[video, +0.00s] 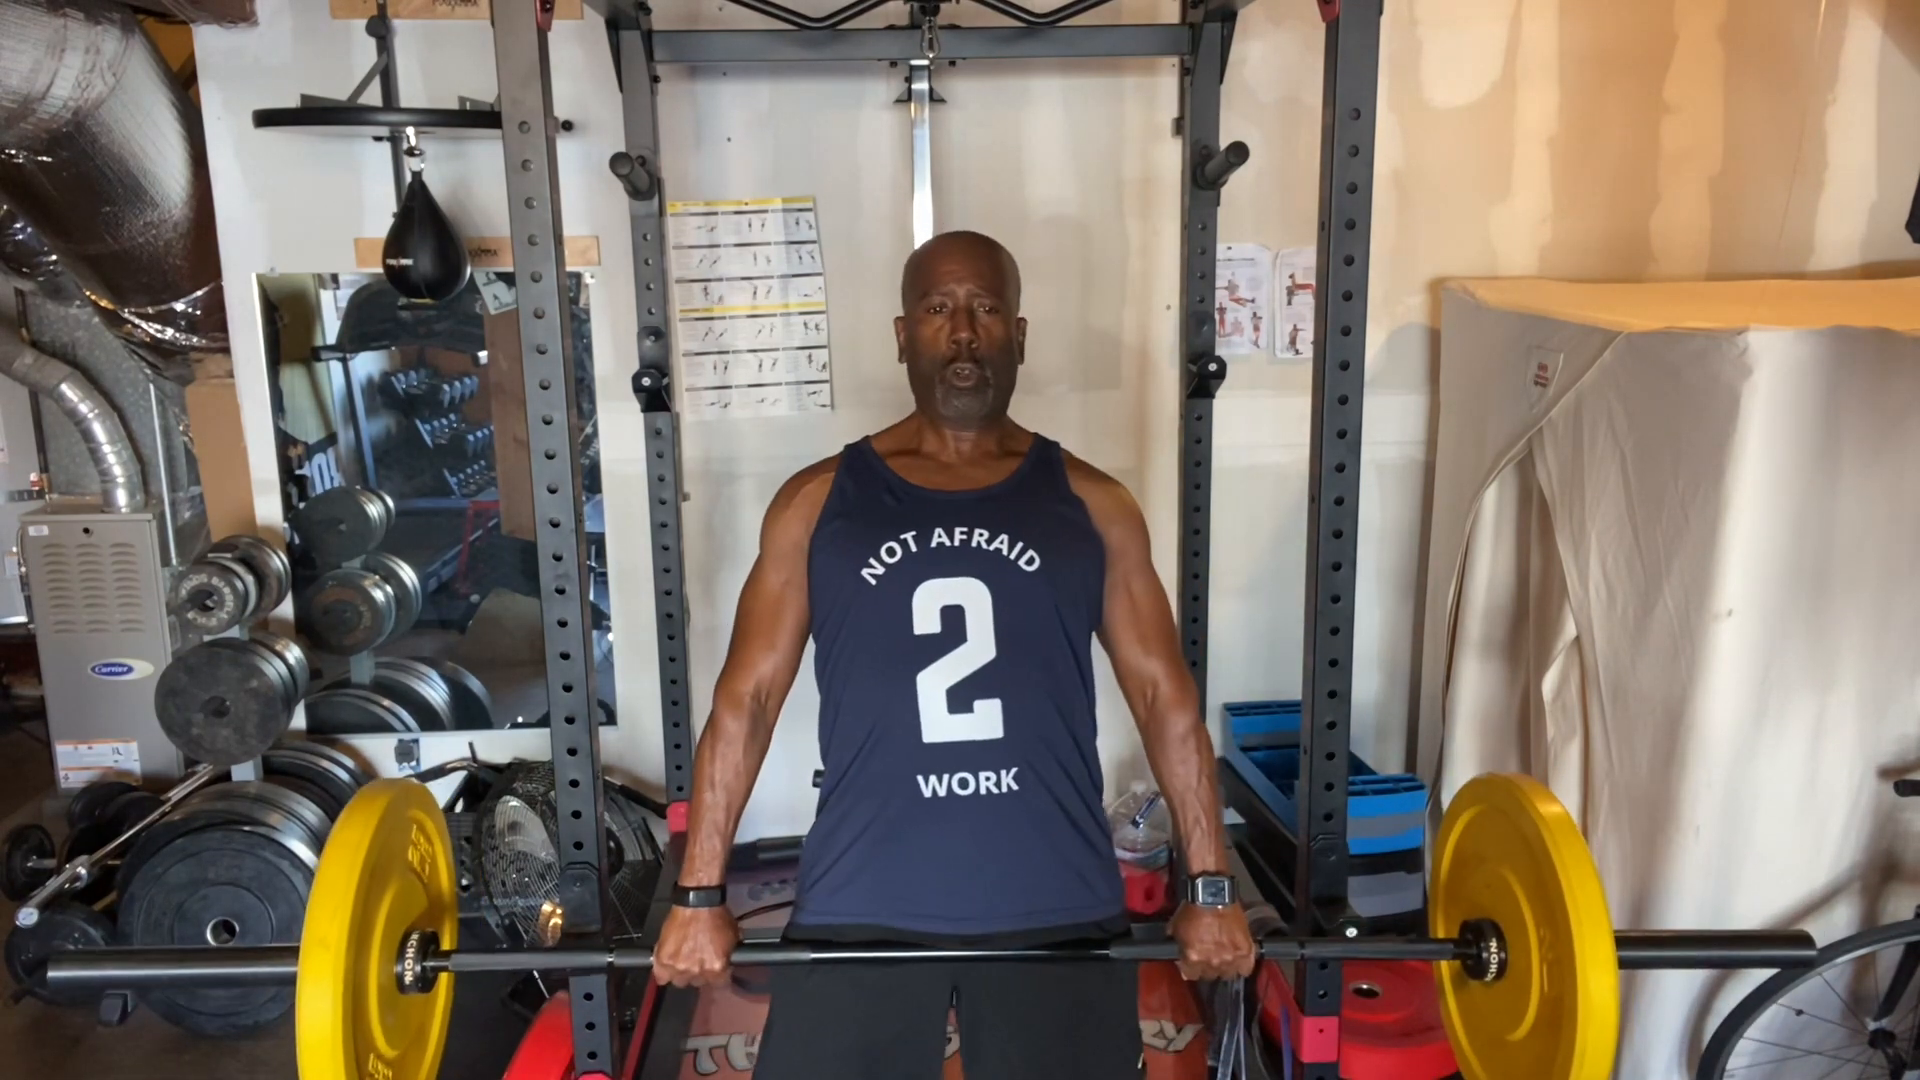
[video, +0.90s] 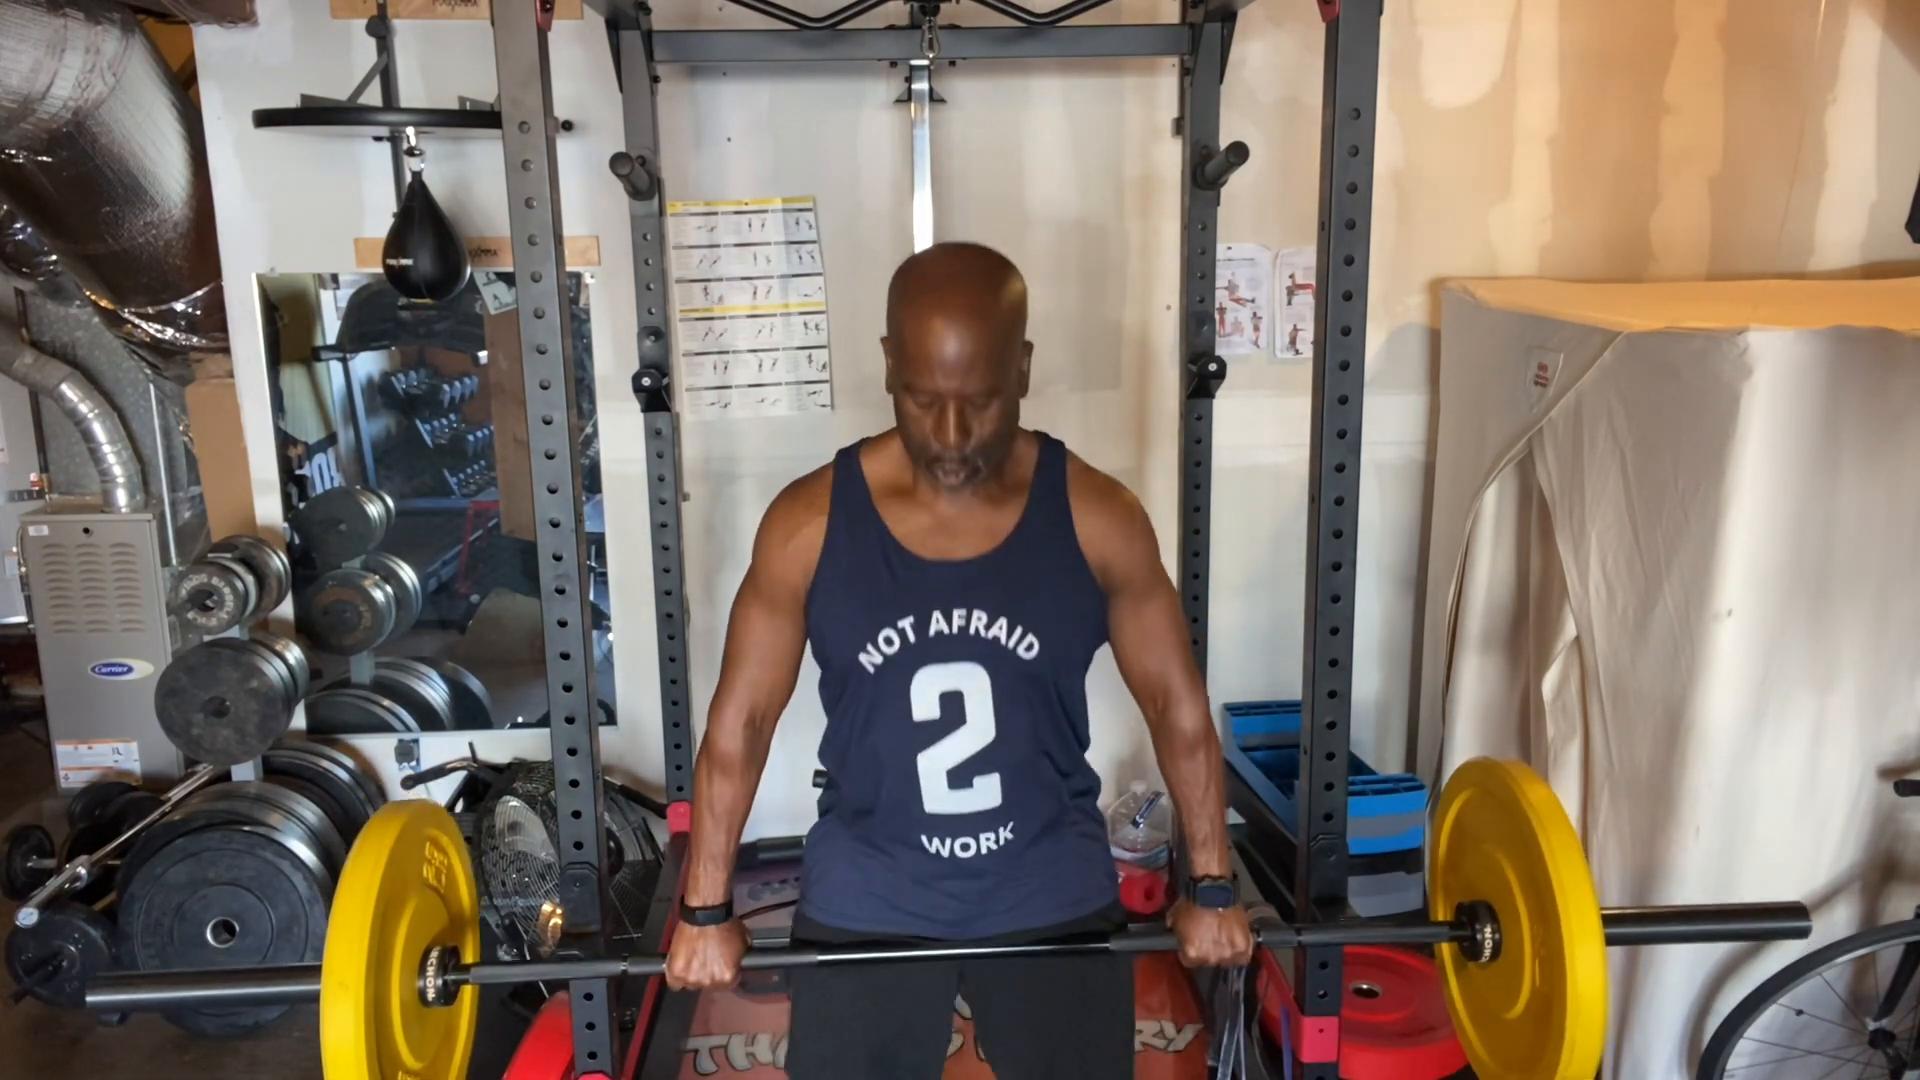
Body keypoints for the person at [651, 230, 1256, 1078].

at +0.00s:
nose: (963, 327)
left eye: (985, 308)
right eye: (938, 309)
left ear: (1020, 337)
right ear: (904, 340)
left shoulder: (1095, 505)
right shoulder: (816, 502)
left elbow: (1164, 696)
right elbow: (748, 698)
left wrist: (1211, 884)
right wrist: (698, 891)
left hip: (1056, 927)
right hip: (861, 929)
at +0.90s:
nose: (950, 434)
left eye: (978, 400)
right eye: (922, 399)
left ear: (1024, 367)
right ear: (888, 365)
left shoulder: (1099, 519)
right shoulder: (809, 523)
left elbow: (1176, 706)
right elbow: (741, 721)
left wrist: (1213, 885)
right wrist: (706, 904)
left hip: (1053, 909)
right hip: (866, 913)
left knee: (1075, 1063)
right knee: (847, 1065)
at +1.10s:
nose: (966, 554)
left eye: (994, 523)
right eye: (936, 522)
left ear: (1037, 460)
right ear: (892, 461)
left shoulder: (1107, 580)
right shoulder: (807, 585)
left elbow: (1185, 753)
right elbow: (735, 775)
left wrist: (1213, 924)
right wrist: (706, 946)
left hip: (1050, 895)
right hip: (872, 899)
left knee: (1093, 1067)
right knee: (841, 1069)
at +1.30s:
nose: (971, 664)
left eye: (999, 637)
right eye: (940, 638)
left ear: (1042, 573)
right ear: (895, 568)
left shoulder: (1112, 650)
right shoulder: (807, 659)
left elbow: (1188, 819)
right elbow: (730, 845)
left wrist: (1215, 988)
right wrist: (704, 1013)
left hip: (1050, 906)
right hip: (872, 912)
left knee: (1092, 1069)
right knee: (846, 1072)